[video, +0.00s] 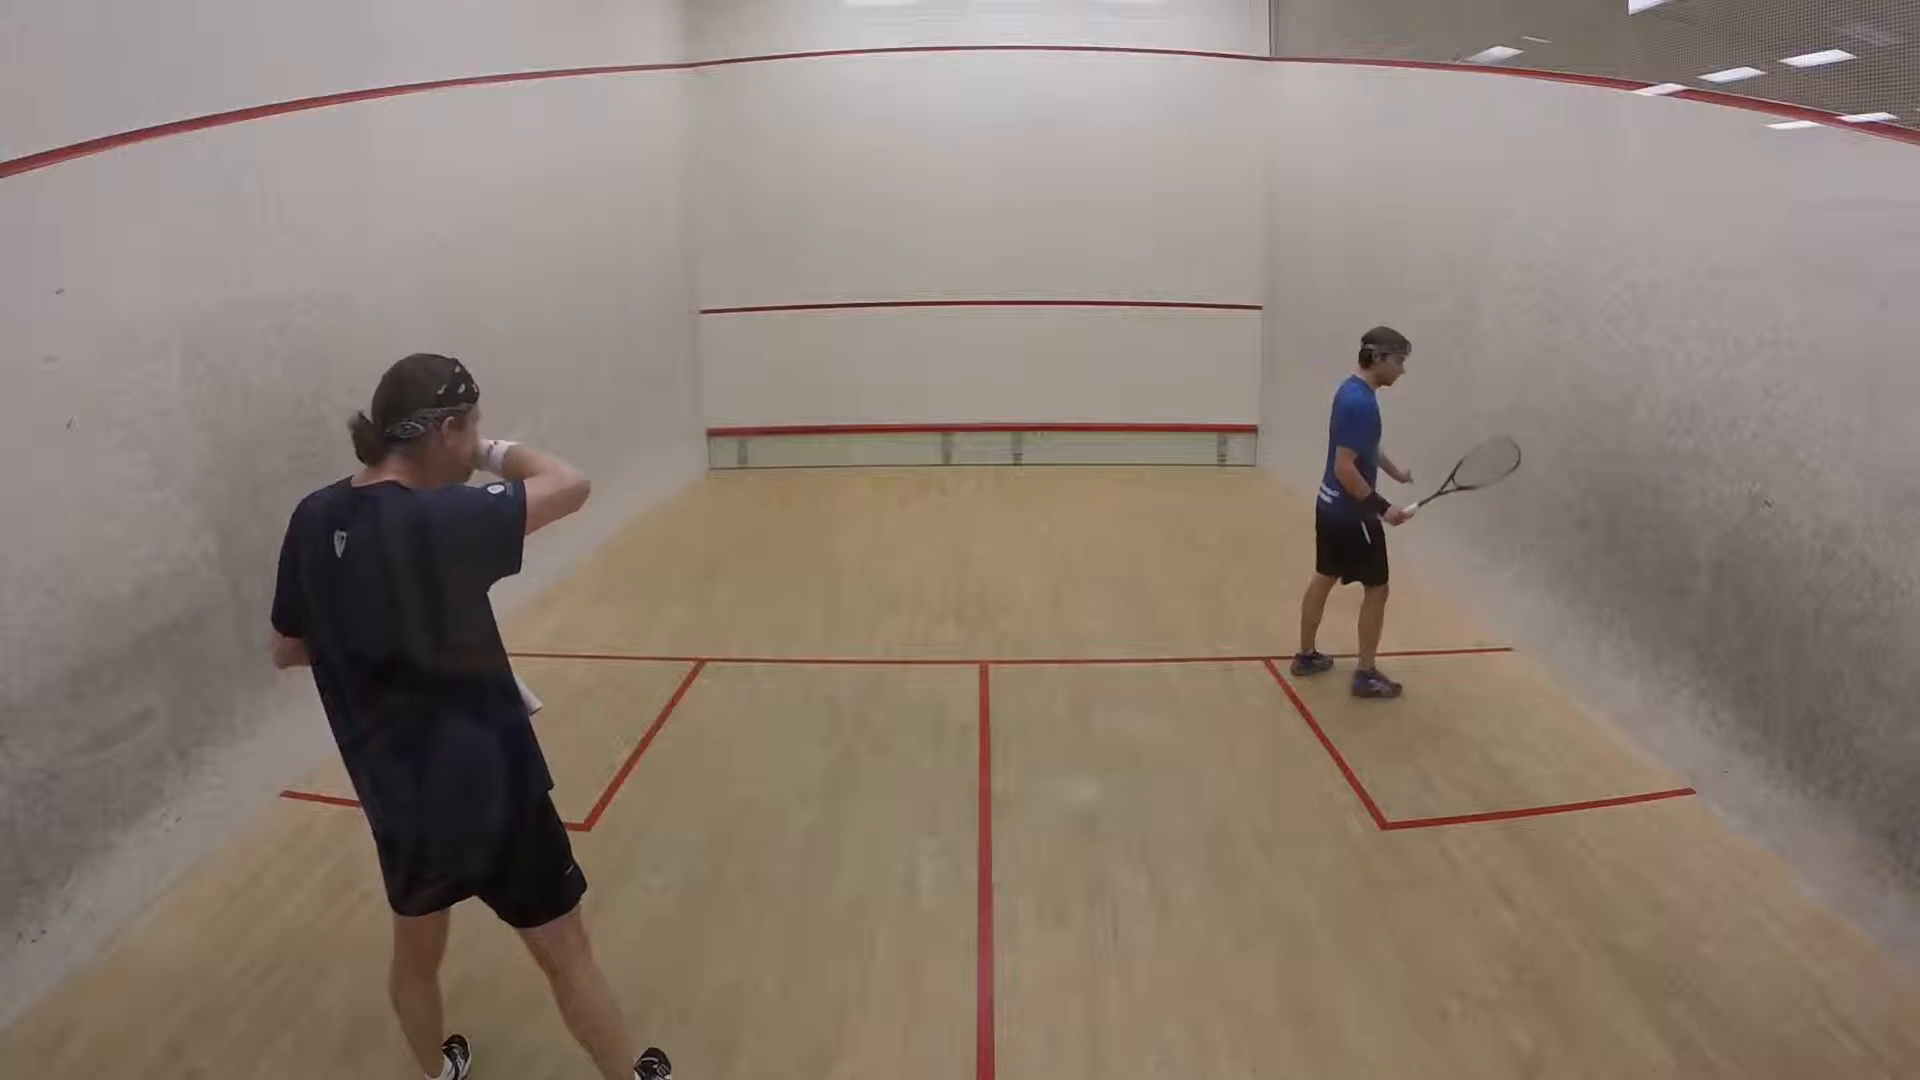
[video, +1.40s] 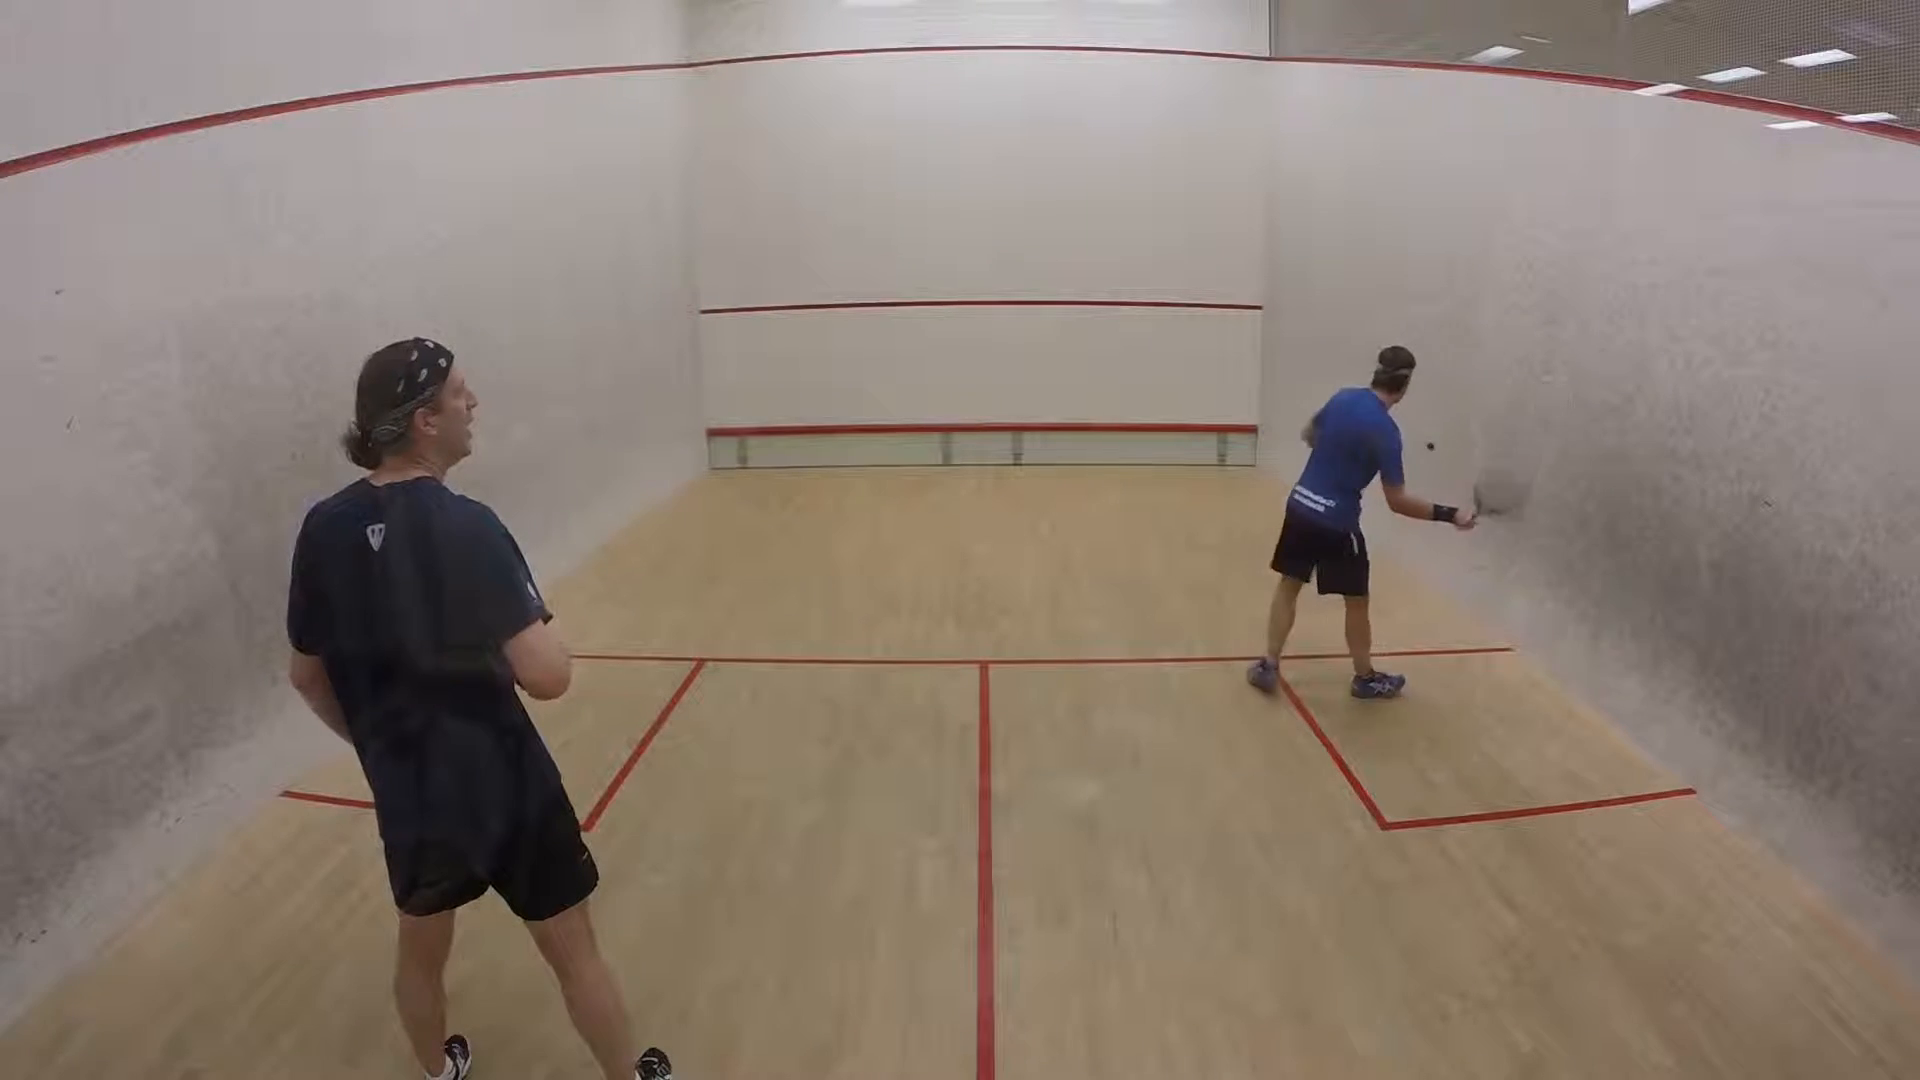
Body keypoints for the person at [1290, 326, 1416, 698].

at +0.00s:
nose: (1402, 369)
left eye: (1403, 362)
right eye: (1398, 361)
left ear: (1373, 360)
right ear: (1378, 359)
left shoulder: (1351, 391)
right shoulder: (1361, 403)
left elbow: (1366, 442)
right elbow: (1344, 468)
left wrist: (1393, 470)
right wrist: (1383, 507)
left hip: (1330, 506)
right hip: (1353, 513)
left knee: (1324, 577)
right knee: (1377, 589)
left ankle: (1306, 655)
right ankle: (1365, 674)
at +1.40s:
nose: (1407, 390)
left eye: (1406, 383)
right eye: (1408, 384)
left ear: (1375, 375)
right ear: (1404, 386)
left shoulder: (1344, 398)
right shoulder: (1386, 432)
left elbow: (1310, 434)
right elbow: (1397, 501)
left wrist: (1344, 455)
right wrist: (1448, 514)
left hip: (1299, 510)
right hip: (1338, 525)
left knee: (1288, 585)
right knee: (1356, 601)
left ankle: (1269, 665)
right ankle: (1364, 676)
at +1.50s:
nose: (1388, 387)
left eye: (1386, 380)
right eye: (1388, 381)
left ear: (1354, 374)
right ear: (1383, 384)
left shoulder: (1319, 396)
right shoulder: (1374, 434)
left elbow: (1277, 439)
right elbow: (1378, 497)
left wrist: (1299, 461)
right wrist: (1421, 514)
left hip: (1286, 513)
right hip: (1327, 526)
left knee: (1277, 588)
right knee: (1346, 602)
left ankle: (1269, 671)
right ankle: (1363, 676)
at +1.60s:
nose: (1363, 380)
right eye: (1364, 376)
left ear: (1330, 369)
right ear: (1361, 378)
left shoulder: (1296, 396)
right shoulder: (1361, 428)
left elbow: (1259, 441)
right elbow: (1344, 487)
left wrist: (1256, 469)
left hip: (1272, 520)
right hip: (1316, 527)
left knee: (1264, 590)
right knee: (1340, 601)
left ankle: (1268, 672)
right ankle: (1358, 673)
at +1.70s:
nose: (1325, 364)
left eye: (1314, 355)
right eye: (1332, 360)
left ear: (1307, 359)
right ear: (1338, 366)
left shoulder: (1281, 395)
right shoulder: (1340, 413)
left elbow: (1250, 446)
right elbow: (1330, 456)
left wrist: (1225, 459)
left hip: (1267, 518)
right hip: (1311, 521)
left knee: (1258, 590)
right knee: (1328, 591)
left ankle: (1269, 672)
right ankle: (1346, 665)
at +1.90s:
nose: (1258, 348)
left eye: (1260, 343)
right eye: (1264, 343)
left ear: (1260, 348)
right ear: (1291, 351)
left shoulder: (1271, 391)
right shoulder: (1293, 389)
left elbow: (1263, 453)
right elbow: (1269, 453)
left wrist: (1209, 460)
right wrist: (1221, 474)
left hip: (1268, 511)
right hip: (1292, 506)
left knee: (1257, 585)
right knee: (1270, 579)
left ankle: (1269, 672)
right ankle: (1277, 650)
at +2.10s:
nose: (1214, 346)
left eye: (1219, 340)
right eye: (1217, 339)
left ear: (1235, 349)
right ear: (1238, 350)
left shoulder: (1260, 396)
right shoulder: (1237, 396)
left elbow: (1269, 461)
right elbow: (1234, 459)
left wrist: (1216, 481)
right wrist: (1207, 499)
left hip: (1262, 516)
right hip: (1236, 511)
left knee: (1266, 593)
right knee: (1208, 577)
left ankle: (1275, 666)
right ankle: (1198, 654)